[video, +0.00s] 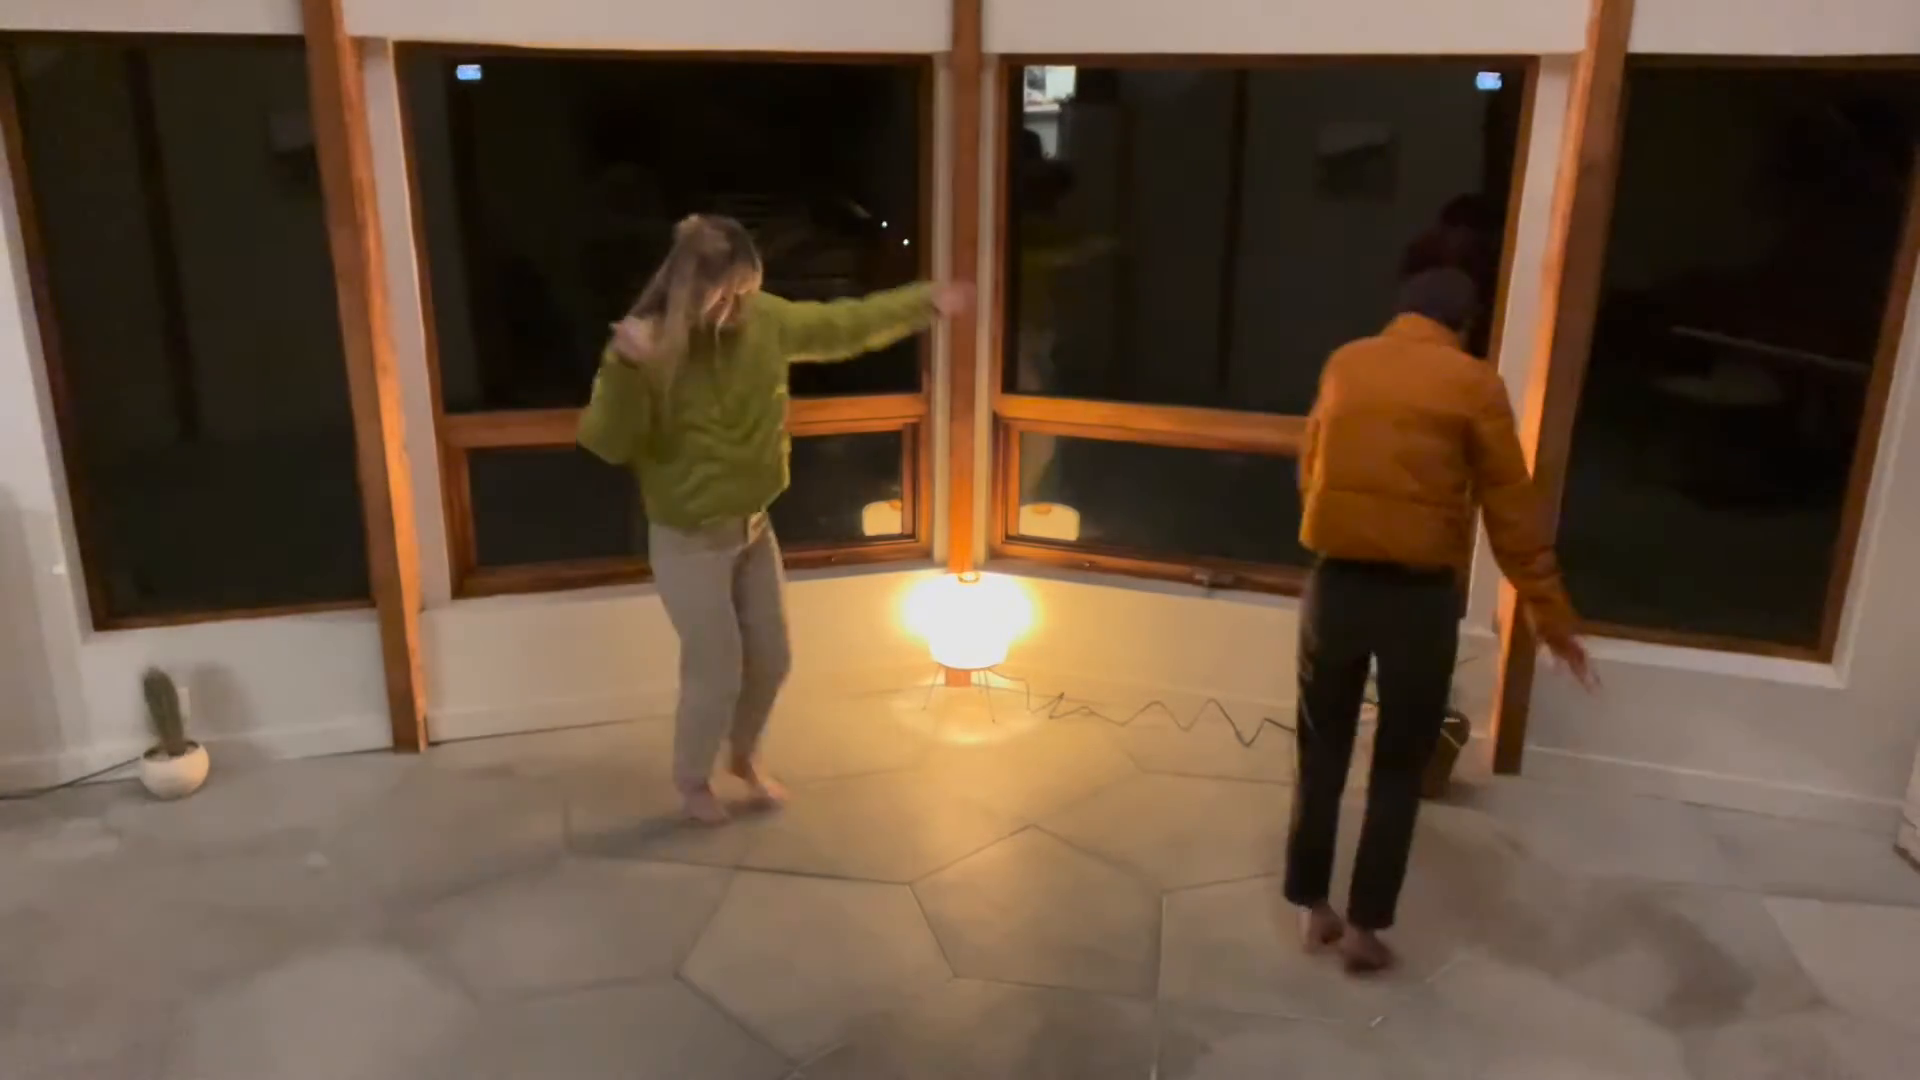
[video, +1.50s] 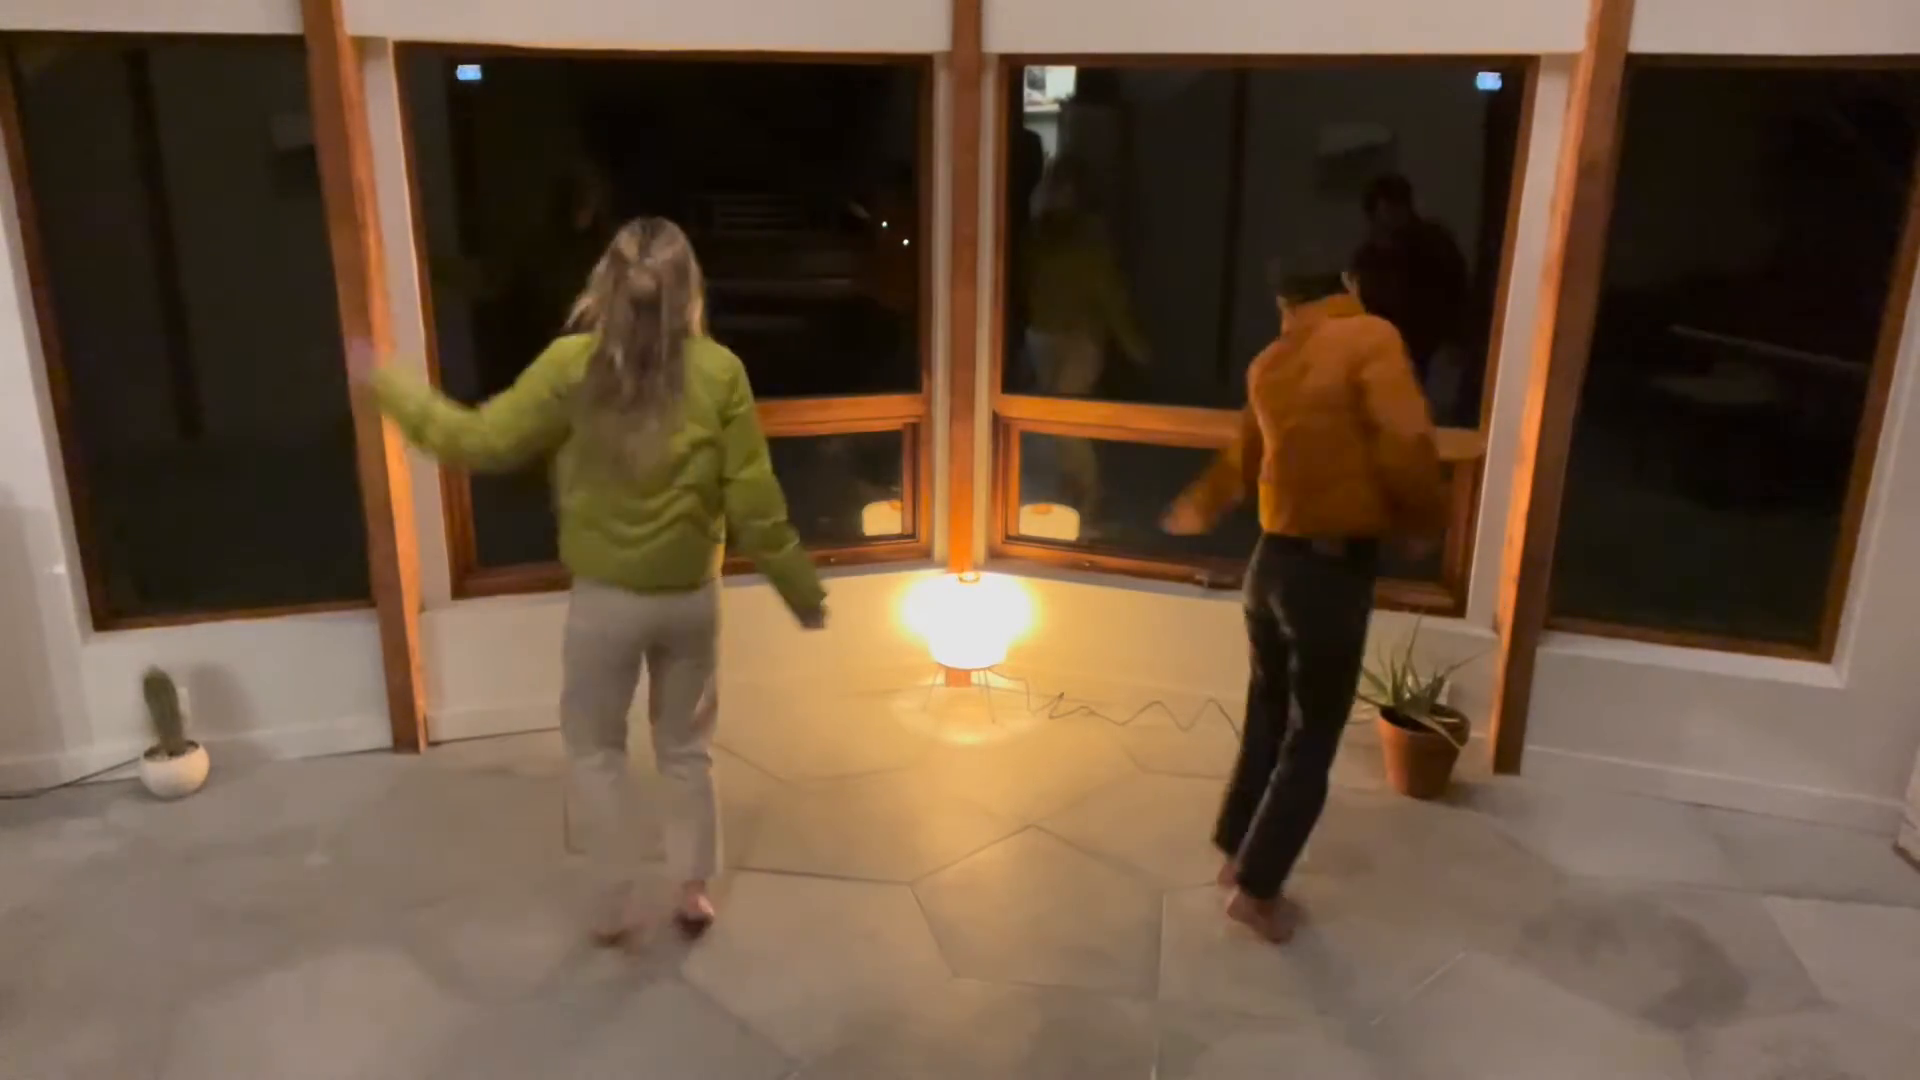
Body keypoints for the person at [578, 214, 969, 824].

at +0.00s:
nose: (730, 306)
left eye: (739, 294)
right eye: (719, 294)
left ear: (749, 285)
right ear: (686, 284)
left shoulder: (765, 320)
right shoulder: (649, 345)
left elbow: (848, 324)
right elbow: (608, 443)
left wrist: (928, 298)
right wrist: (625, 364)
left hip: (752, 528)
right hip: (686, 539)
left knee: (770, 660)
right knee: (714, 664)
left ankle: (740, 758)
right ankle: (692, 782)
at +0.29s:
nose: (765, 298)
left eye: (778, 288)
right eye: (756, 281)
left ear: (789, 291)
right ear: (726, 272)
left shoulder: (801, 349)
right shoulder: (665, 335)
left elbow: (881, 403)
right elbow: (588, 391)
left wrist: (973, 435)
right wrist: (563, 329)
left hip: (779, 542)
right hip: (698, 546)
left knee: (798, 682)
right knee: (725, 685)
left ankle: (802, 792)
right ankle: (733, 791)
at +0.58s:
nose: (769, 277)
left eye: (789, 282)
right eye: (771, 262)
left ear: (800, 310)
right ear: (749, 263)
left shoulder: (798, 377)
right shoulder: (699, 329)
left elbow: (818, 487)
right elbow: (642, 354)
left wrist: (834, 584)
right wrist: (592, 281)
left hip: (774, 561)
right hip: (699, 555)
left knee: (788, 709)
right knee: (719, 709)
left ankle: (819, 834)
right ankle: (758, 794)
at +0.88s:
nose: (723, 264)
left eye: (744, 272)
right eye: (736, 256)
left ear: (753, 318)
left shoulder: (736, 394)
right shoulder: (692, 364)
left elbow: (714, 515)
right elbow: (672, 451)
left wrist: (645, 600)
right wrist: (658, 503)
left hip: (751, 576)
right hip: (701, 568)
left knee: (731, 729)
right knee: (716, 726)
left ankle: (799, 844)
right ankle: (776, 834)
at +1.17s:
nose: (643, 270)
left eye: (653, 270)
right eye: (653, 261)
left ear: (663, 301)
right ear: (712, 306)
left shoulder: (622, 381)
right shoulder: (738, 358)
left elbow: (591, 506)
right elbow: (797, 436)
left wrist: (522, 600)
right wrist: (855, 456)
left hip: (685, 602)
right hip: (730, 589)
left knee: (645, 752)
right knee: (701, 735)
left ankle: (730, 873)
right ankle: (747, 867)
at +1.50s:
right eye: (689, 283)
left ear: (606, 287)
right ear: (688, 293)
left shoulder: (570, 366)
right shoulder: (718, 372)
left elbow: (484, 441)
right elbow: (754, 501)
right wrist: (802, 590)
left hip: (606, 606)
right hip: (688, 606)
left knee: (596, 750)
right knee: (685, 749)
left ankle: (618, 899)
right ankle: (693, 887)